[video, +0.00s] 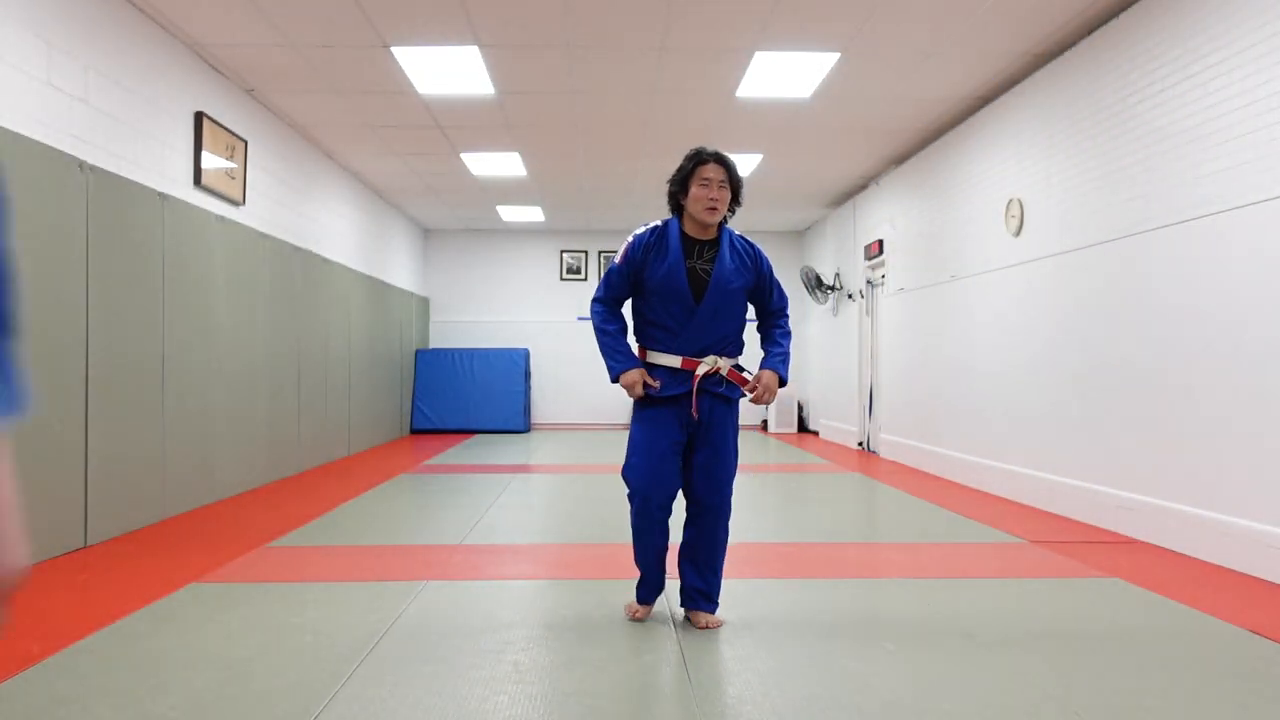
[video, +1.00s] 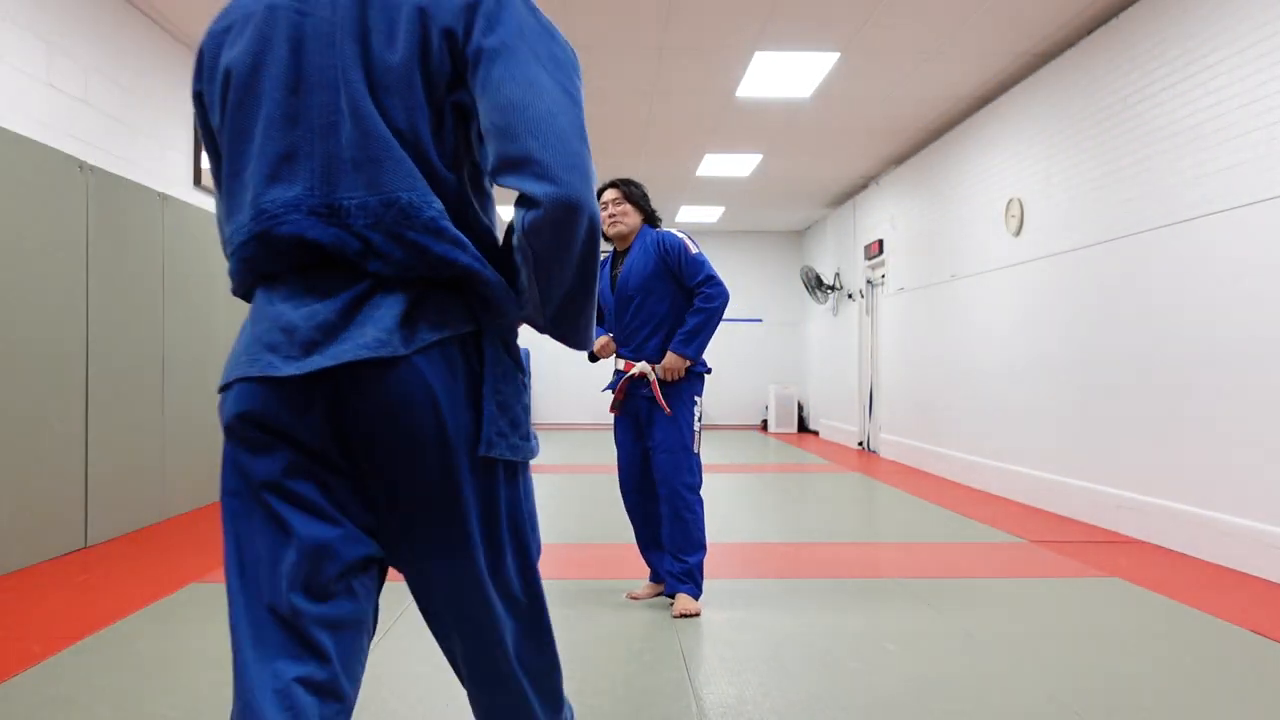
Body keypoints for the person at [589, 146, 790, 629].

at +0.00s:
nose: (714, 194)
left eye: (723, 186)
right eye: (703, 184)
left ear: (732, 198)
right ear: (681, 192)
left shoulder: (748, 256)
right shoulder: (648, 245)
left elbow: (775, 316)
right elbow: (605, 305)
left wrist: (774, 367)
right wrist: (623, 364)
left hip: (719, 395)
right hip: (658, 392)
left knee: (712, 501)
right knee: (647, 488)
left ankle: (700, 601)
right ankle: (649, 584)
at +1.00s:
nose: (610, 210)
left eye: (619, 203)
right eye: (603, 206)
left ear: (642, 211)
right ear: (600, 221)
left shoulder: (668, 244)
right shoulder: (604, 269)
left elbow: (713, 293)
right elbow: (594, 317)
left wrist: (682, 350)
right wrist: (597, 340)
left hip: (672, 381)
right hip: (628, 383)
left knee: (676, 481)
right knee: (636, 482)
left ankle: (686, 586)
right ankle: (662, 576)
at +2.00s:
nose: (674, 209)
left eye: (684, 203)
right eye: (666, 201)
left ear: (698, 214)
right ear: (651, 210)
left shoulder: (722, 260)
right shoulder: (629, 265)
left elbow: (754, 322)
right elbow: (611, 328)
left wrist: (758, 386)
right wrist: (622, 379)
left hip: (710, 390)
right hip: (653, 393)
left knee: (721, 492)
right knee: (652, 491)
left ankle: (736, 591)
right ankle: (666, 575)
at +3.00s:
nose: (675, 187)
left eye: (685, 179)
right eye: (665, 182)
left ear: (706, 190)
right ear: (653, 197)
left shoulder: (733, 240)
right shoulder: (643, 257)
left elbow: (786, 289)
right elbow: (628, 334)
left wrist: (748, 235)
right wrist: (623, 403)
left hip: (728, 389)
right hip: (665, 392)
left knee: (733, 501)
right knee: (660, 506)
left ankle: (739, 593)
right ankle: (661, 618)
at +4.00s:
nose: (686, 165)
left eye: (701, 156)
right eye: (679, 157)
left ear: (728, 168)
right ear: (670, 170)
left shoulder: (749, 228)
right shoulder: (672, 233)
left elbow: (754, 324)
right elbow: (658, 319)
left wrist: (672, 337)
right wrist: (637, 389)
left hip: (732, 389)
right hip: (676, 388)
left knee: (733, 522)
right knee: (654, 509)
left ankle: (753, 655)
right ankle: (662, 618)